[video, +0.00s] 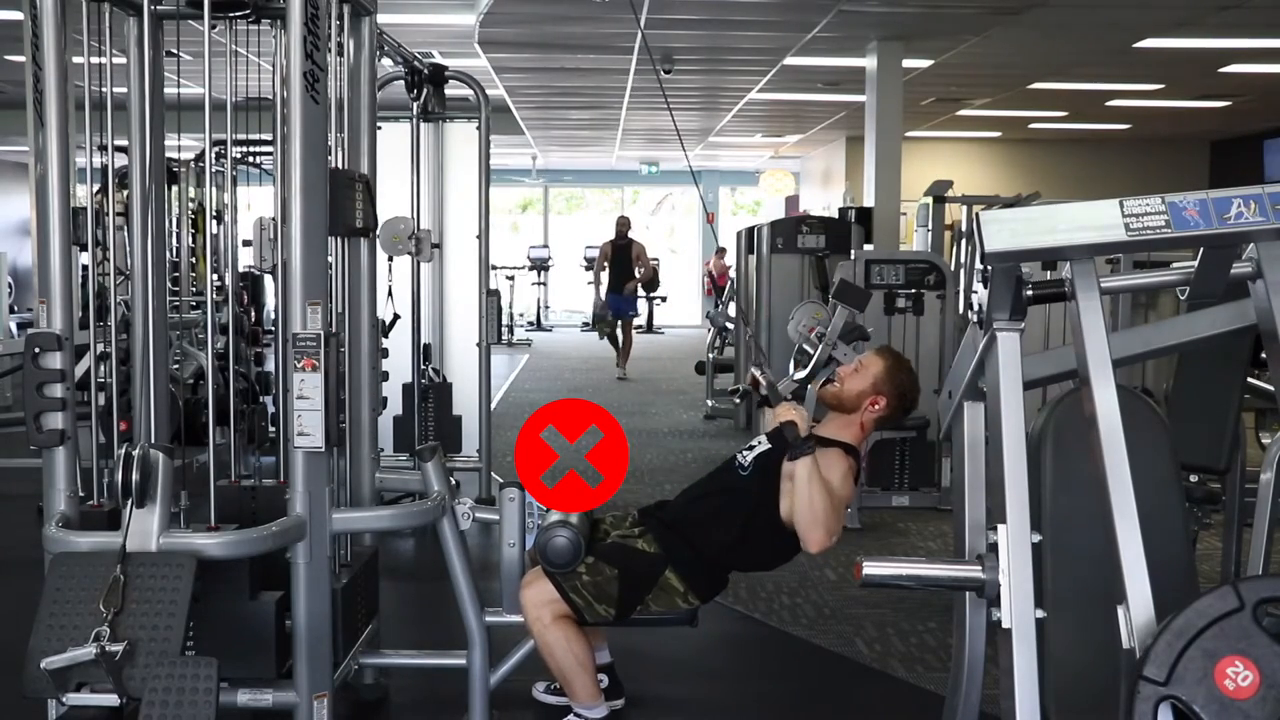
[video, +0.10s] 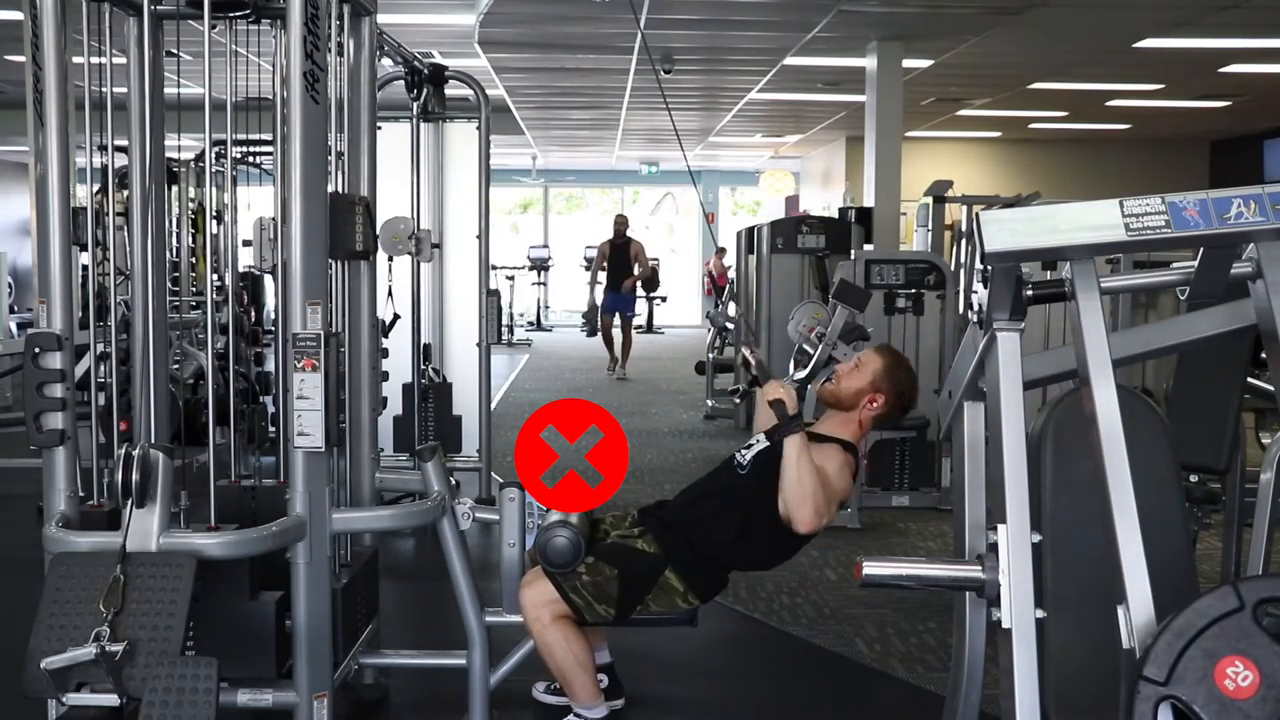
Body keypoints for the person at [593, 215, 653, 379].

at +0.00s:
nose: (621, 228)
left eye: (624, 225)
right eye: (619, 225)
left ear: (629, 228)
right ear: (615, 226)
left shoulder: (637, 247)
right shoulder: (606, 247)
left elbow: (648, 271)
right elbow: (597, 271)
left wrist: (635, 282)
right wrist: (597, 294)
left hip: (628, 294)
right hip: (611, 294)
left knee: (626, 330)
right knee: (609, 329)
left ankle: (622, 365)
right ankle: (618, 352)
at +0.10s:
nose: (619, 227)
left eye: (622, 224)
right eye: (616, 224)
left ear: (627, 226)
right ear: (613, 225)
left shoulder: (635, 246)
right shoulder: (605, 246)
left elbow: (646, 270)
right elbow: (594, 271)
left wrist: (632, 280)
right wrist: (592, 296)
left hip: (627, 293)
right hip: (610, 293)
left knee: (626, 330)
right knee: (605, 329)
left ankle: (623, 365)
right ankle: (612, 358)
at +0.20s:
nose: (616, 227)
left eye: (619, 224)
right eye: (614, 224)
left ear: (625, 226)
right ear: (610, 226)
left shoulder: (633, 246)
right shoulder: (602, 247)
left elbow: (643, 270)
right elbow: (592, 271)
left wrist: (629, 279)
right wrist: (586, 294)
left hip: (626, 295)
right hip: (608, 294)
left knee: (625, 331)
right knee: (603, 330)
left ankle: (622, 367)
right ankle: (604, 367)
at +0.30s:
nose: (612, 229)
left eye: (616, 226)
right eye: (610, 226)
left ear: (621, 228)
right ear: (607, 227)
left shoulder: (630, 247)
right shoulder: (599, 249)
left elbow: (641, 270)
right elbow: (589, 274)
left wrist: (627, 280)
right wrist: (582, 297)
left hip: (624, 295)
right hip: (606, 295)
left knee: (624, 333)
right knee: (603, 332)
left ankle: (622, 367)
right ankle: (598, 368)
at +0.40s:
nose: (609, 229)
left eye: (612, 226)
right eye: (606, 226)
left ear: (617, 228)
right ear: (603, 228)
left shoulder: (626, 247)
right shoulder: (596, 249)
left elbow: (638, 271)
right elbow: (587, 273)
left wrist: (627, 283)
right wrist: (579, 297)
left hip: (621, 295)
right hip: (603, 295)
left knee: (622, 332)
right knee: (601, 332)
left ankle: (622, 366)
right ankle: (599, 370)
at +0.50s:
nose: (604, 228)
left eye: (607, 225)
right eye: (602, 225)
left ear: (613, 226)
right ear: (598, 226)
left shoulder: (622, 245)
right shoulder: (592, 249)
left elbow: (634, 270)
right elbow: (583, 274)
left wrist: (628, 290)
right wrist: (577, 298)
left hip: (618, 296)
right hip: (600, 296)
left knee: (620, 333)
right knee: (598, 334)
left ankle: (621, 361)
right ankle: (598, 372)